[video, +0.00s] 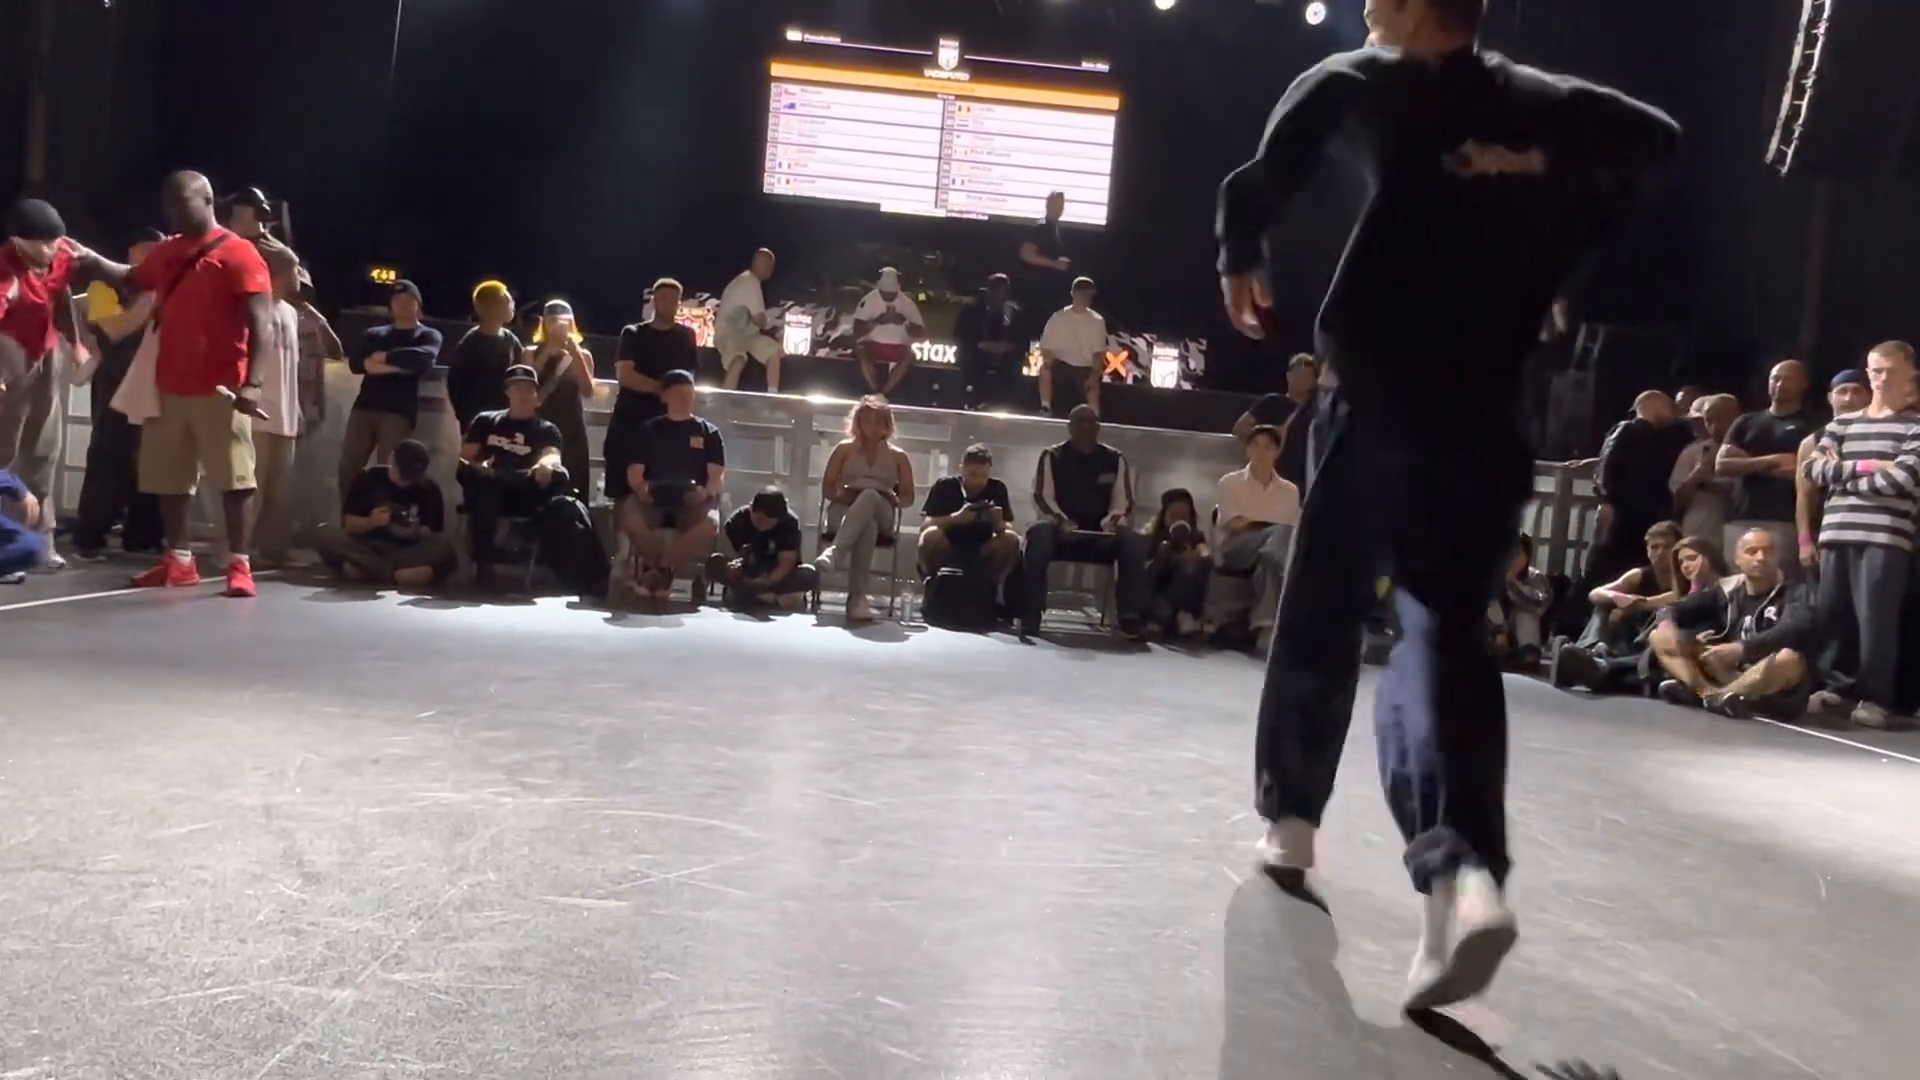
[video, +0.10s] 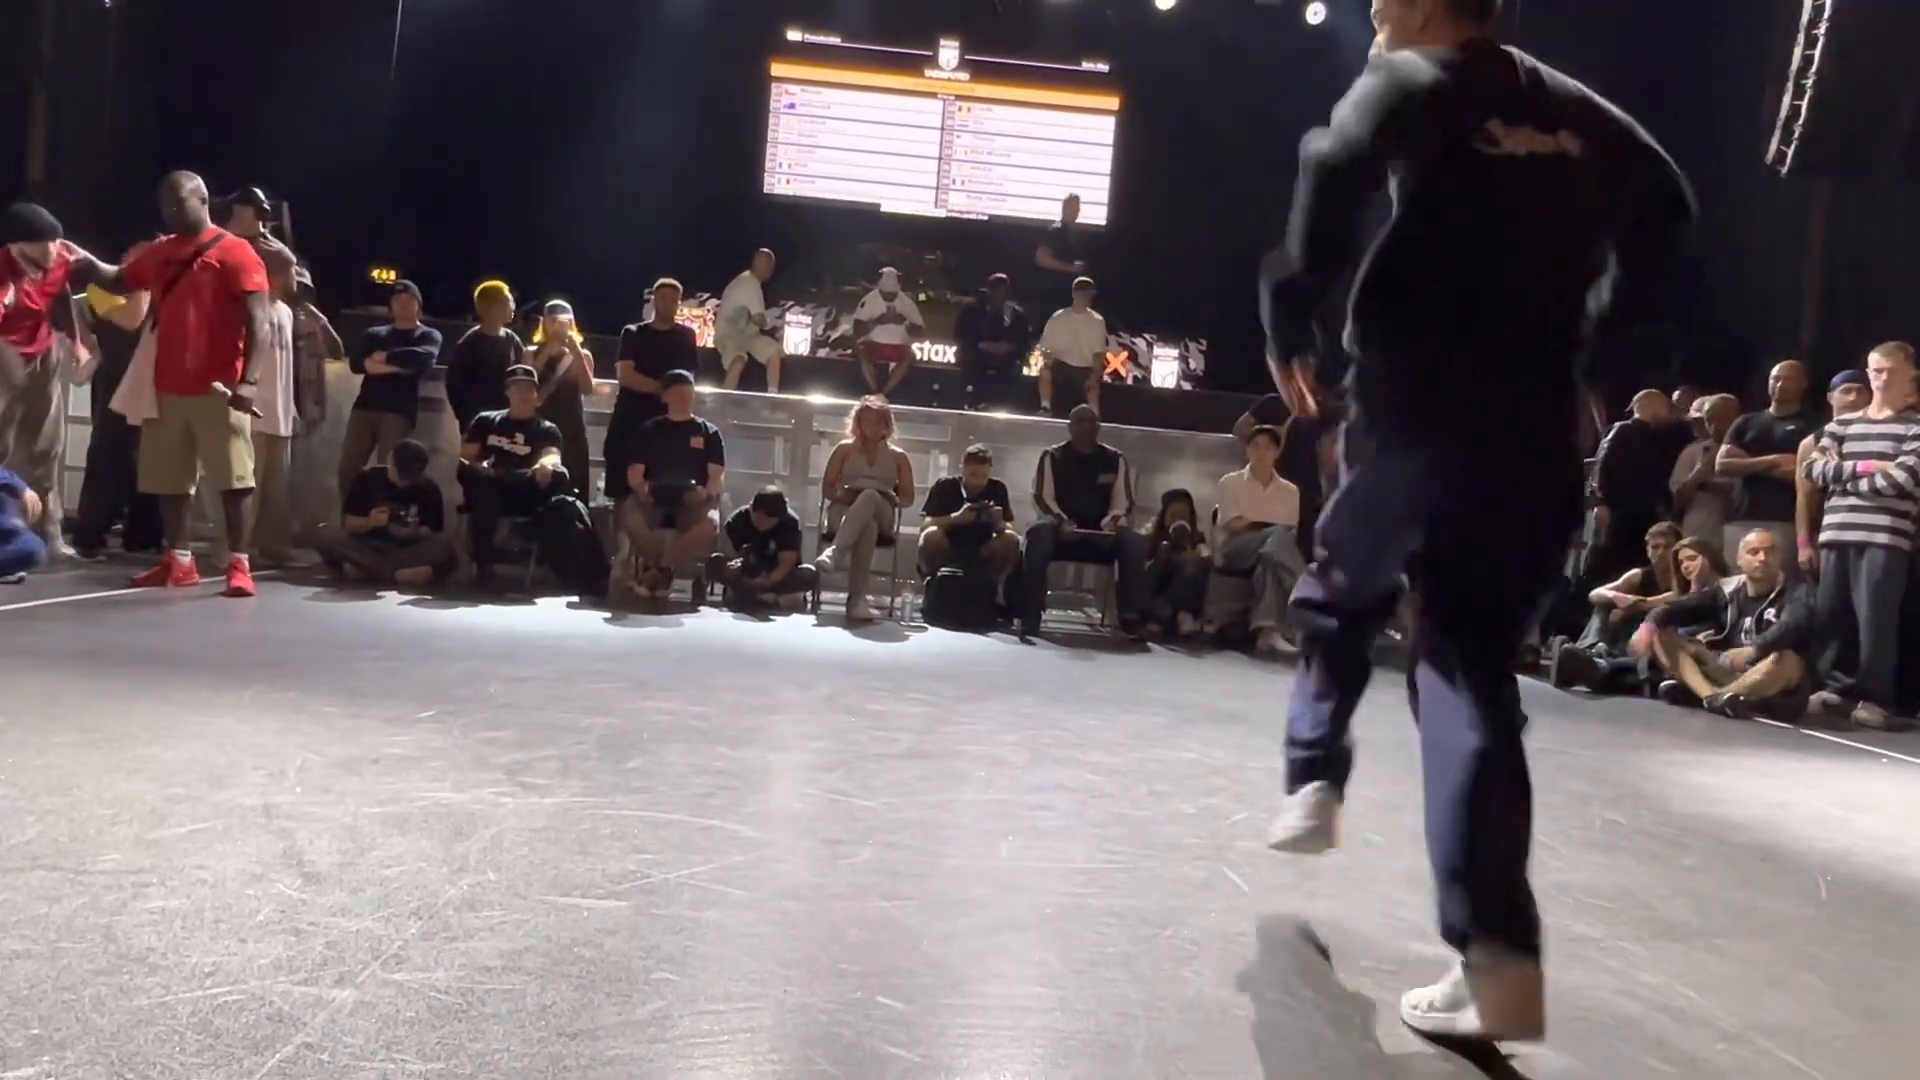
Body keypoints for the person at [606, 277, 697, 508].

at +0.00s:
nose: (668, 304)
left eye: (673, 300)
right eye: (663, 299)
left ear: (678, 303)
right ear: (654, 301)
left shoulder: (686, 335)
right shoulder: (633, 332)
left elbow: (688, 380)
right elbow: (624, 376)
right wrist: (663, 388)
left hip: (667, 422)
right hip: (630, 419)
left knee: (665, 489)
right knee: (622, 490)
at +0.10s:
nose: (669, 304)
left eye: (674, 300)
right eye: (664, 299)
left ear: (678, 303)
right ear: (654, 301)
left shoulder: (686, 335)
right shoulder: (632, 332)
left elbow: (688, 381)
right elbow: (625, 376)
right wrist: (664, 388)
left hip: (668, 420)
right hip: (631, 417)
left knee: (665, 488)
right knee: (622, 490)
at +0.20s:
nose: (670, 305)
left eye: (674, 300)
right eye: (664, 299)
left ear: (679, 303)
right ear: (654, 301)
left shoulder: (687, 335)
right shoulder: (633, 333)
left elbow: (688, 381)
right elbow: (625, 376)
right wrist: (664, 388)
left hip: (668, 421)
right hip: (631, 418)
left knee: (665, 488)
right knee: (623, 489)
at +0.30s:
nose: (668, 304)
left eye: (674, 299)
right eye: (663, 298)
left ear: (679, 304)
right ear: (654, 301)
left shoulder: (686, 335)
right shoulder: (633, 333)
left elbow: (688, 381)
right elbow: (625, 376)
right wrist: (664, 388)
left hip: (669, 421)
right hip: (631, 418)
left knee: (666, 489)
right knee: (624, 490)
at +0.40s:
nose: (668, 303)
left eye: (674, 298)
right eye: (663, 297)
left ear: (679, 303)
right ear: (654, 300)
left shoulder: (686, 335)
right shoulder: (633, 333)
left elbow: (688, 382)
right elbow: (625, 376)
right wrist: (664, 388)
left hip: (669, 422)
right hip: (631, 419)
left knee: (666, 489)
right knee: (624, 491)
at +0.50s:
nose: (668, 303)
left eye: (674, 298)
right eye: (663, 297)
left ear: (679, 304)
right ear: (654, 301)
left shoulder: (687, 336)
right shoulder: (633, 333)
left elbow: (689, 381)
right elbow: (625, 376)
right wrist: (664, 389)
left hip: (668, 422)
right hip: (631, 419)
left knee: (665, 489)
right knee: (623, 491)